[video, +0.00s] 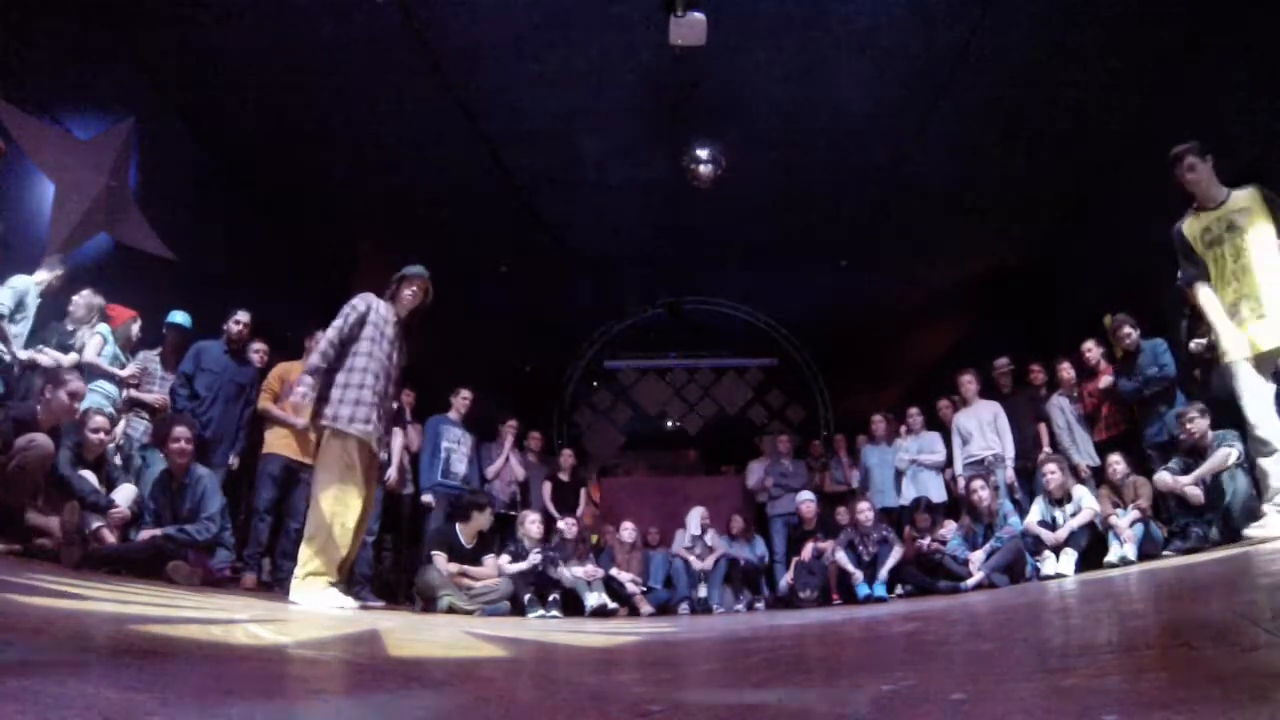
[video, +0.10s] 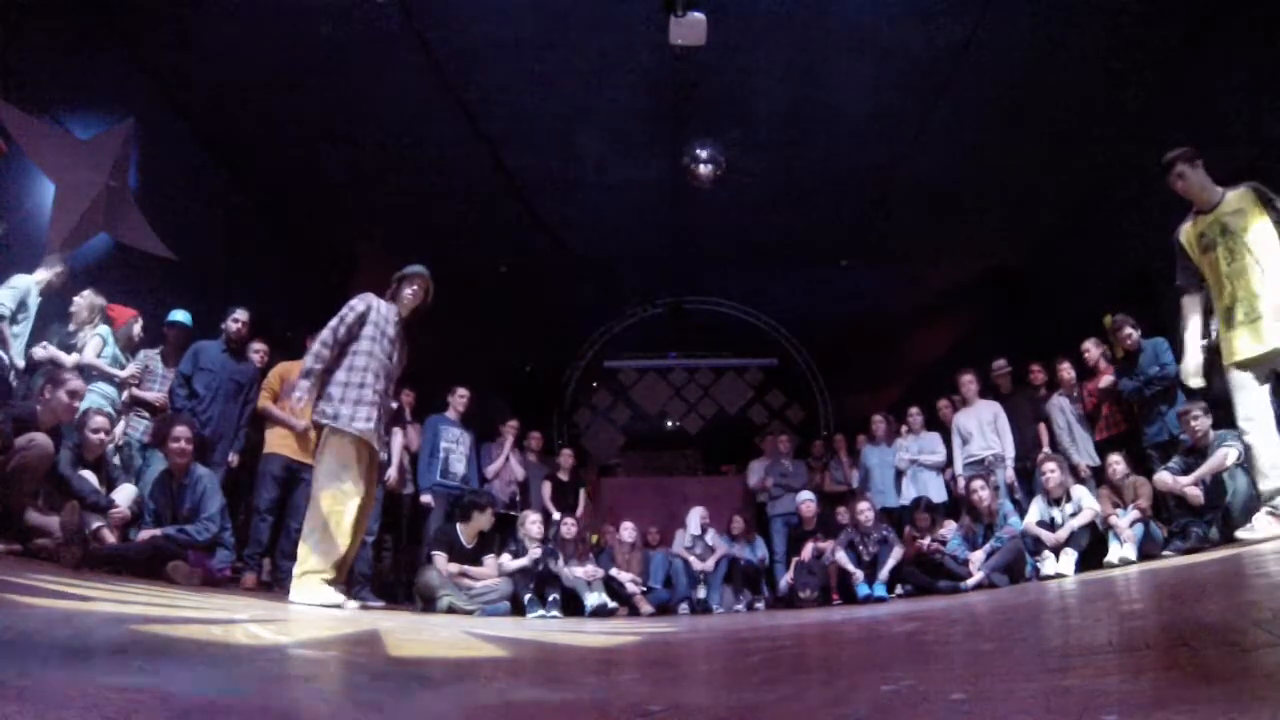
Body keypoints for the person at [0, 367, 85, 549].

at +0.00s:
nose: (76, 407)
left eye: (80, 401)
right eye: (71, 397)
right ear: (48, 391)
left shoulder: (56, 433)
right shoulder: (13, 421)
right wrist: (45, 523)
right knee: (40, 446)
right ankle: (10, 528)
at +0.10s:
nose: (76, 405)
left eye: (80, 400)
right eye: (71, 396)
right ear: (47, 391)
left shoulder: (56, 435)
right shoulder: (13, 418)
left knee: (63, 528)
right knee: (40, 445)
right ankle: (10, 526)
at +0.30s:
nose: (77, 403)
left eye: (81, 399)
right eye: (72, 394)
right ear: (49, 391)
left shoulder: (60, 433)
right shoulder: (13, 415)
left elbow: (60, 479)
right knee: (42, 446)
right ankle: (9, 530)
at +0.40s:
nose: (79, 404)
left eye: (82, 399)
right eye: (74, 395)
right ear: (50, 391)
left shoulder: (62, 432)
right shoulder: (14, 415)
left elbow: (62, 477)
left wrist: (109, 508)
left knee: (65, 537)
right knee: (43, 446)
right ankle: (9, 533)